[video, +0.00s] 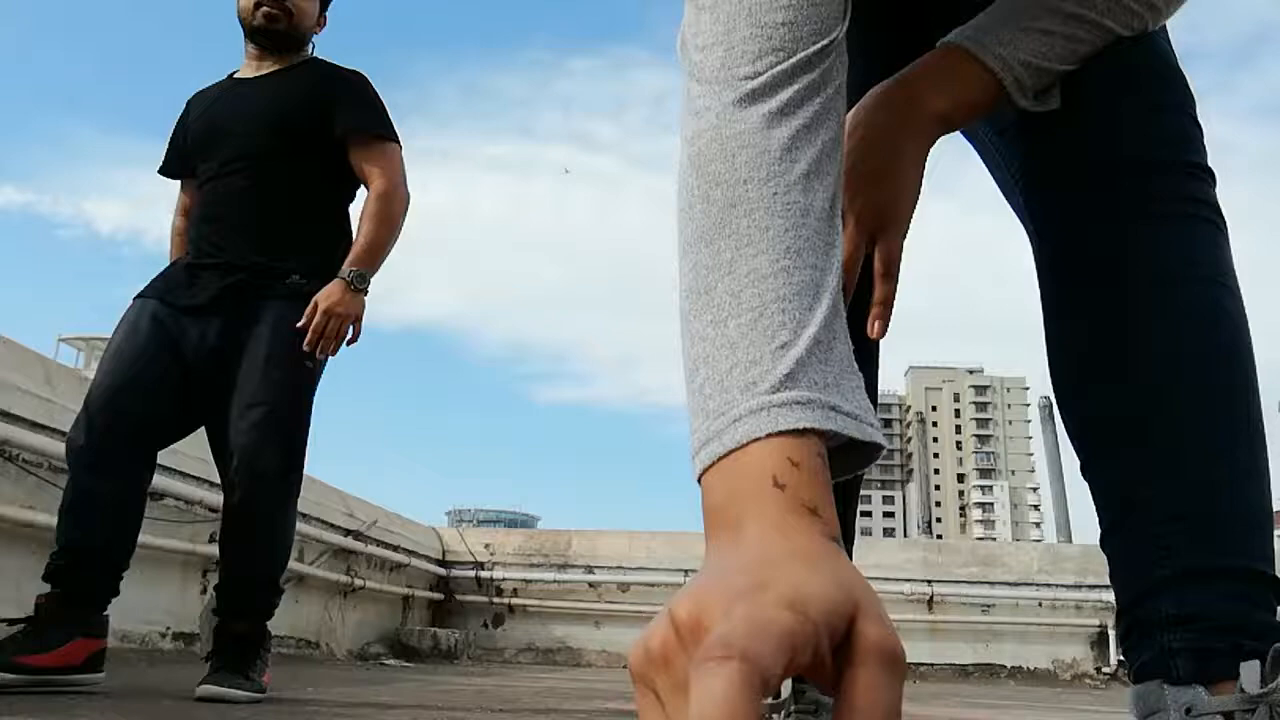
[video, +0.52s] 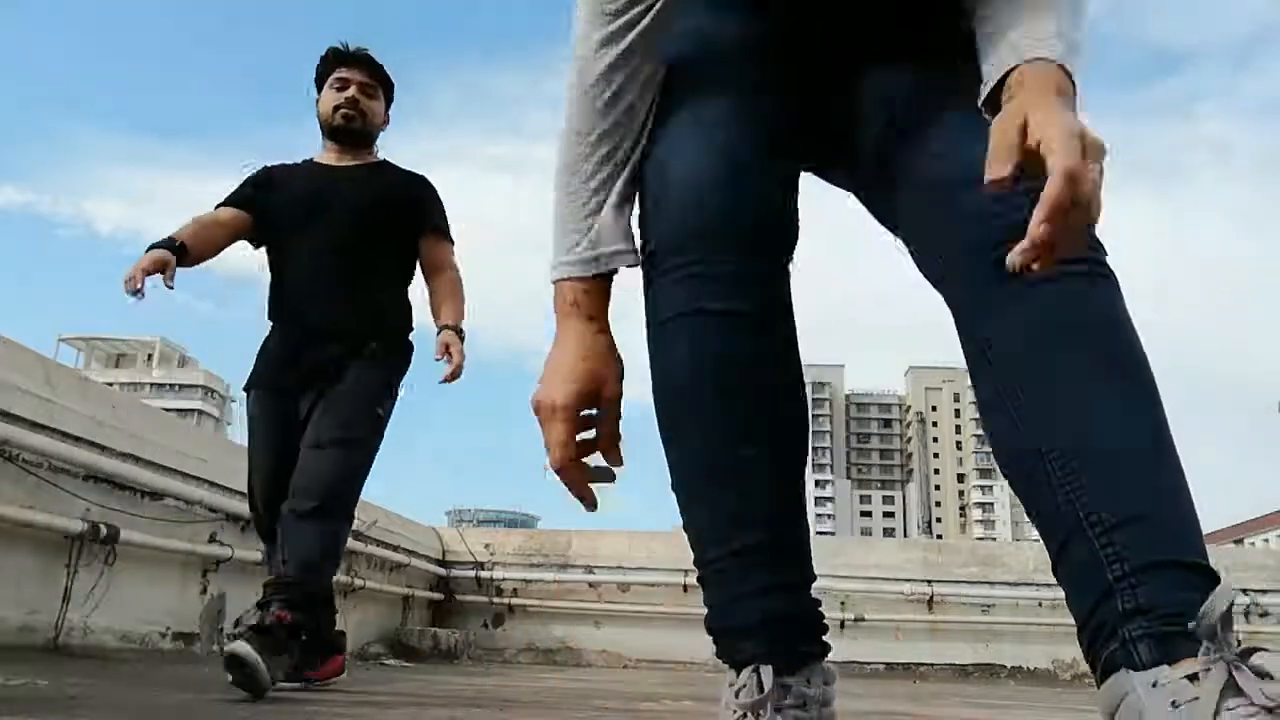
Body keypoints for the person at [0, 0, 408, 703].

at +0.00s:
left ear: (320, 13)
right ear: (242, 8)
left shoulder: (339, 86)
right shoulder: (205, 105)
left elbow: (389, 188)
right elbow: (187, 214)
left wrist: (353, 280)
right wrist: (179, 290)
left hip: (285, 302)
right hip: (188, 293)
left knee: (260, 473)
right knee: (104, 435)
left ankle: (237, 652)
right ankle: (71, 622)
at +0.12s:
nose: (282, 1)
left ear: (331, 16)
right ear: (254, 10)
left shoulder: (348, 87)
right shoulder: (215, 105)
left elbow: (401, 186)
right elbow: (190, 213)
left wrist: (372, 281)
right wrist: (177, 290)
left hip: (291, 301)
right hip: (195, 292)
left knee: (265, 468)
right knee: (114, 424)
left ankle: (239, 649)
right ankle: (110, 618)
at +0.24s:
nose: (315, 13)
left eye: (335, 9)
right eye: (303, 3)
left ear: (356, 37)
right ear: (280, 20)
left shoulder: (375, 107)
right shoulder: (236, 120)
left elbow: (430, 193)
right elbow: (195, 210)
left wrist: (417, 284)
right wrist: (148, 280)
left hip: (315, 305)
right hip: (221, 295)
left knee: (278, 464)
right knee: (151, 433)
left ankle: (245, 643)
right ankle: (209, 591)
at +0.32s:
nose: (332, 43)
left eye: (351, 39)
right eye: (320, 33)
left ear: (370, 68)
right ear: (298, 54)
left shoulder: (393, 139)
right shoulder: (252, 143)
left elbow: (444, 216)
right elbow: (192, 210)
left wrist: (448, 298)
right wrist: (126, 259)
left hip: (332, 325)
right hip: (244, 315)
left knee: (288, 474)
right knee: (192, 456)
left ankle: (240, 657)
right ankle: (278, 587)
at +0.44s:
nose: (343, 72)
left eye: (359, 69)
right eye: (331, 64)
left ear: (378, 97)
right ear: (309, 84)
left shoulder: (403, 172)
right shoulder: (263, 163)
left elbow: (443, 249)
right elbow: (201, 213)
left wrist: (458, 317)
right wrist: (133, 244)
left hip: (351, 339)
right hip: (266, 334)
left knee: (299, 483)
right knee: (244, 494)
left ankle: (243, 652)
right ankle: (307, 623)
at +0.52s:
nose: (352, 94)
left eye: (367, 90)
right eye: (340, 86)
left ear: (385, 114)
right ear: (319, 105)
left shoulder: (412, 191)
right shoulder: (275, 182)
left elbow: (441, 268)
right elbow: (219, 227)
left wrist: (450, 324)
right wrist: (171, 250)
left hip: (367, 360)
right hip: (285, 356)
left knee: (318, 490)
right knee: (271, 500)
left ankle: (273, 639)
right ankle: (320, 640)